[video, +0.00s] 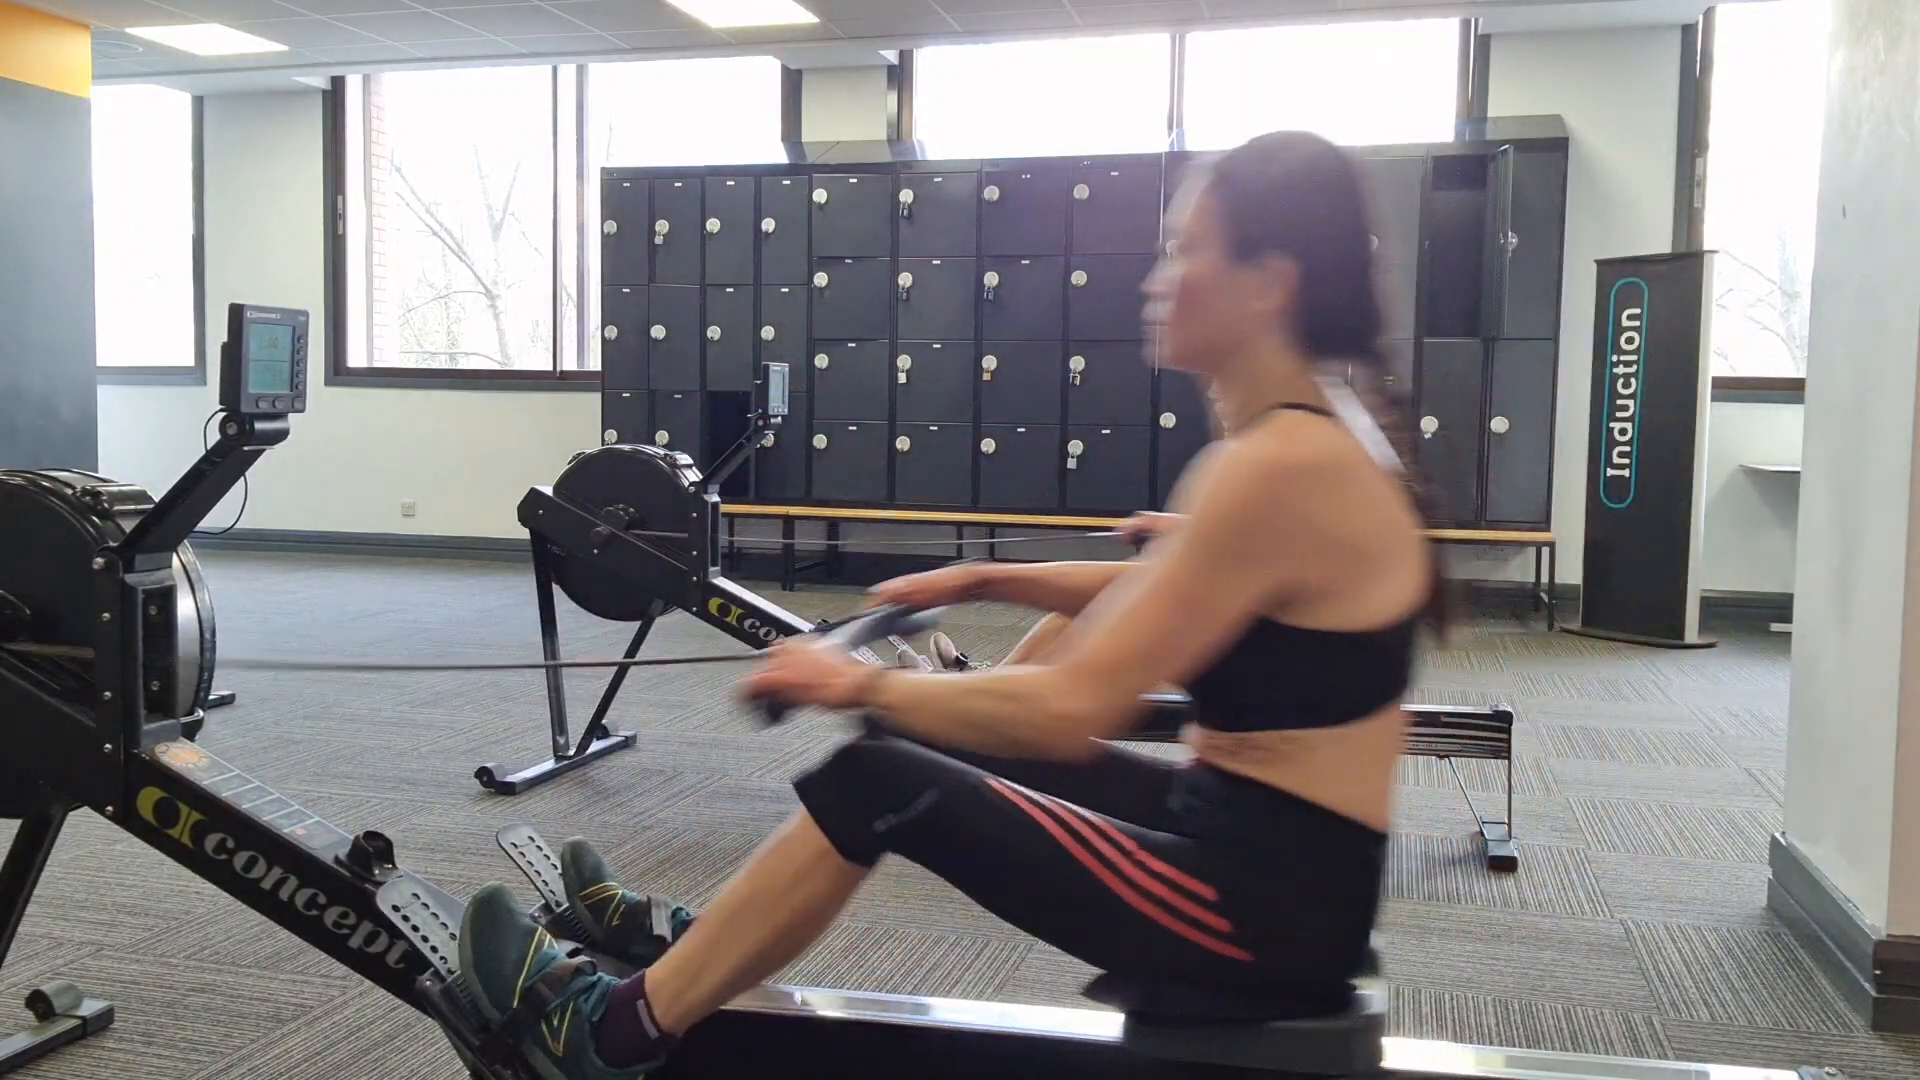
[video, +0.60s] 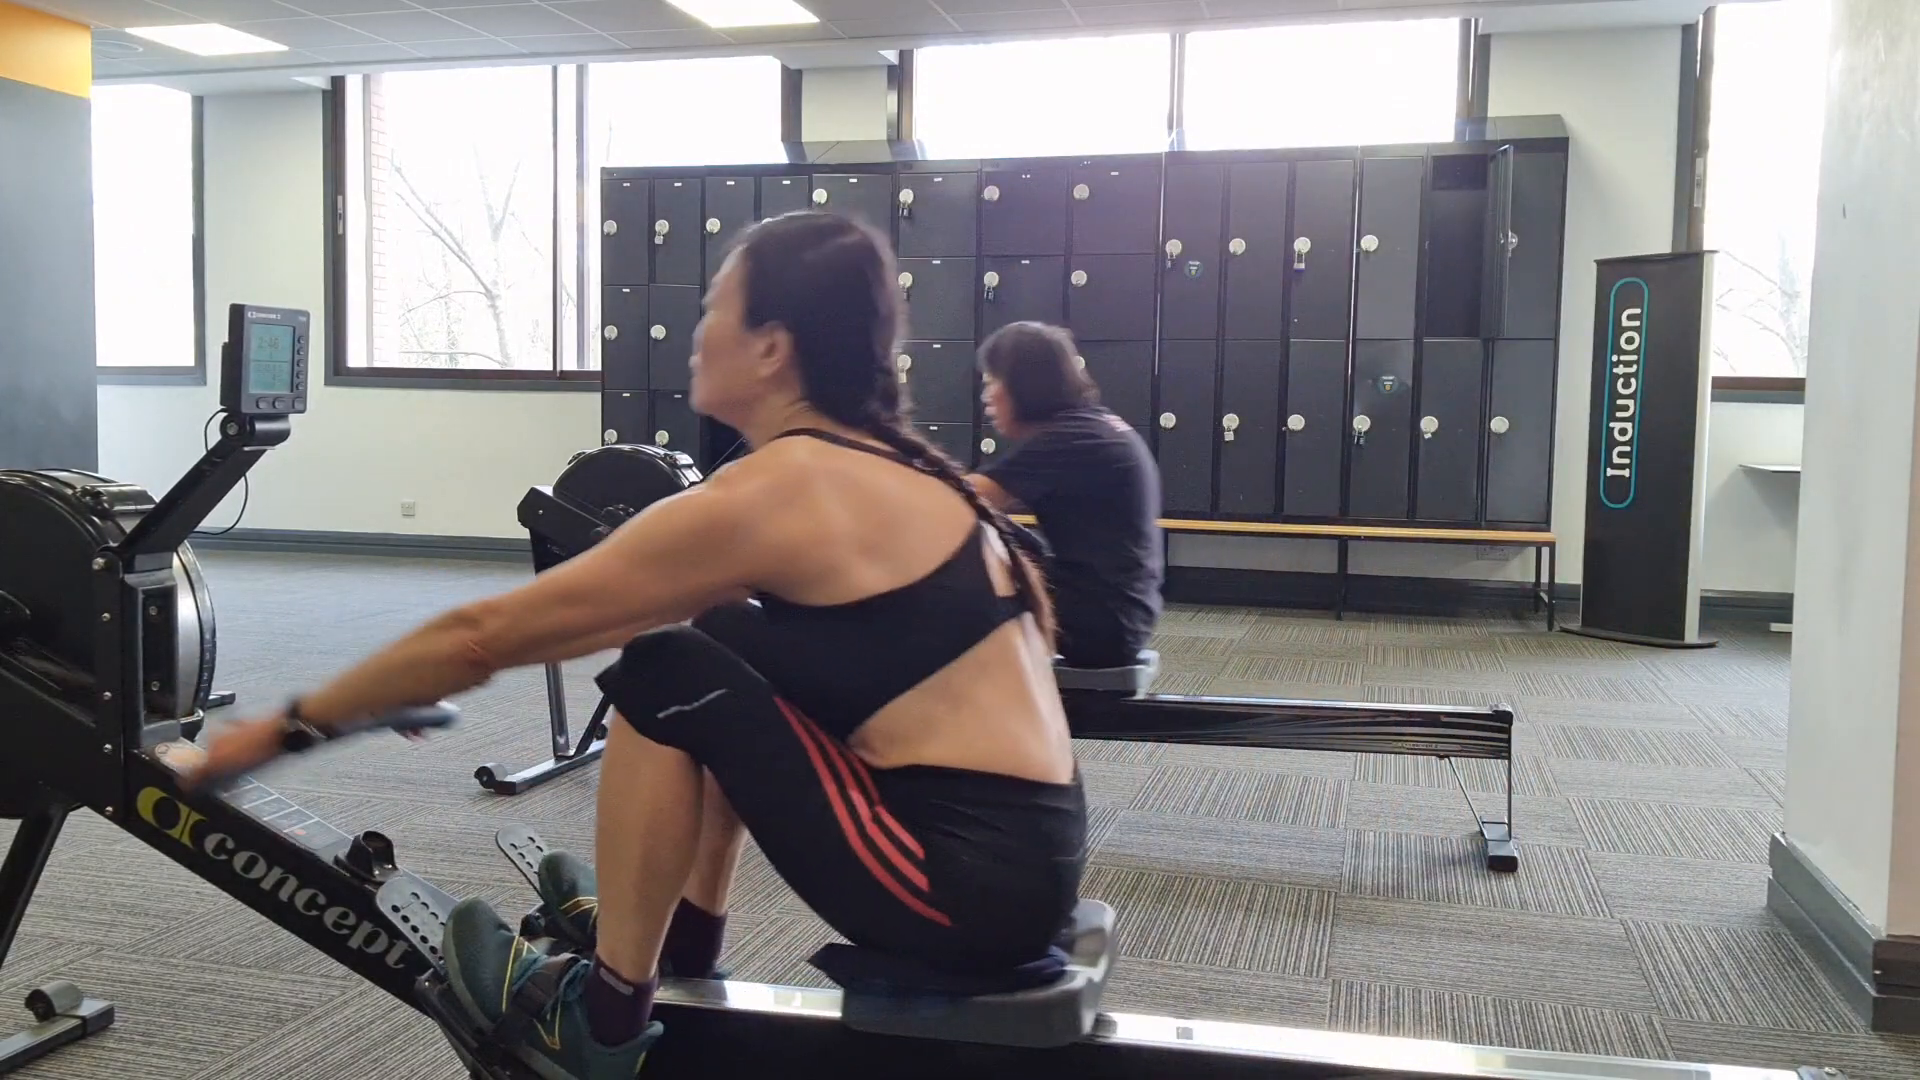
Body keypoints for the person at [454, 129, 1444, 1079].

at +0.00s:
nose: (1155, 283)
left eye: (1182, 255)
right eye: (1164, 254)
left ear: (1272, 280)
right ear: (1265, 283)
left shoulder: (1277, 469)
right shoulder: (1284, 443)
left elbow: (1066, 713)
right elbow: (1172, 586)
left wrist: (857, 680)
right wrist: (992, 577)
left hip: (1266, 901)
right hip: (1257, 845)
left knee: (881, 781)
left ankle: (636, 1025)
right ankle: (695, 961)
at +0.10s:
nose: (1065, 285)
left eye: (1091, 261)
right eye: (1076, 258)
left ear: (1179, 288)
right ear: (1177, 293)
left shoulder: (1171, 472)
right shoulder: (1241, 439)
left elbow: (934, 698)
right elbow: (1071, 581)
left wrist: (737, 701)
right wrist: (879, 609)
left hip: (1198, 905)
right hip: (1221, 840)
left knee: (849, 753)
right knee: (871, 703)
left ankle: (630, 1019)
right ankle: (673, 953)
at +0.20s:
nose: (980, 285)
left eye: (1004, 261)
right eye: (990, 259)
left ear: (1083, 298)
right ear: (1084, 300)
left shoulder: (1072, 476)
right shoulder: (1142, 439)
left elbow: (811, 677)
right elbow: (959, 598)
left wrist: (627, 725)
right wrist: (808, 626)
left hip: (1141, 907)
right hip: (1160, 850)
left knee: (808, 725)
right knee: (828, 671)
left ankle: (623, 1013)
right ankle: (682, 947)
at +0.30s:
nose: (899, 298)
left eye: (922, 276)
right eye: (909, 273)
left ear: (996, 308)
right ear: (998, 311)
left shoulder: (982, 479)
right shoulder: (1068, 449)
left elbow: (725, 665)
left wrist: (535, 753)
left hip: (1078, 898)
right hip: (1129, 867)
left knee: (754, 706)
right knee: (816, 658)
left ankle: (612, 1015)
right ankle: (692, 939)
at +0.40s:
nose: (819, 315)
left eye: (839, 289)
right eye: (828, 288)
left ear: (910, 318)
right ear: (919, 321)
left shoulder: (901, 480)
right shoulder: (998, 451)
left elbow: (621, 663)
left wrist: (442, 763)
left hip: (1020, 903)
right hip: (1086, 870)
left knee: (714, 690)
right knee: (775, 650)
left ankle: (611, 1010)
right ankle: (692, 942)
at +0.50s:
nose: (746, 326)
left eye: (764, 302)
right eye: (757, 299)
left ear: (829, 334)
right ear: (857, 340)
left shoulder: (825, 485)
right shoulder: (957, 466)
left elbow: (540, 653)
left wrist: (356, 759)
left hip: (978, 900)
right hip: (1052, 879)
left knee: (684, 678)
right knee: (750, 645)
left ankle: (605, 1012)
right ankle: (680, 959)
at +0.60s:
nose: (696, 336)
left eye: (712, 315)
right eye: (707, 311)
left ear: (773, 348)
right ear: (823, 359)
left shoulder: (780, 494)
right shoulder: (913, 474)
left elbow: (486, 638)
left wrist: (285, 725)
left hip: (949, 891)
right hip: (1032, 875)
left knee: (662, 668)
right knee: (733, 657)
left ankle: (609, 1011)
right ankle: (687, 933)